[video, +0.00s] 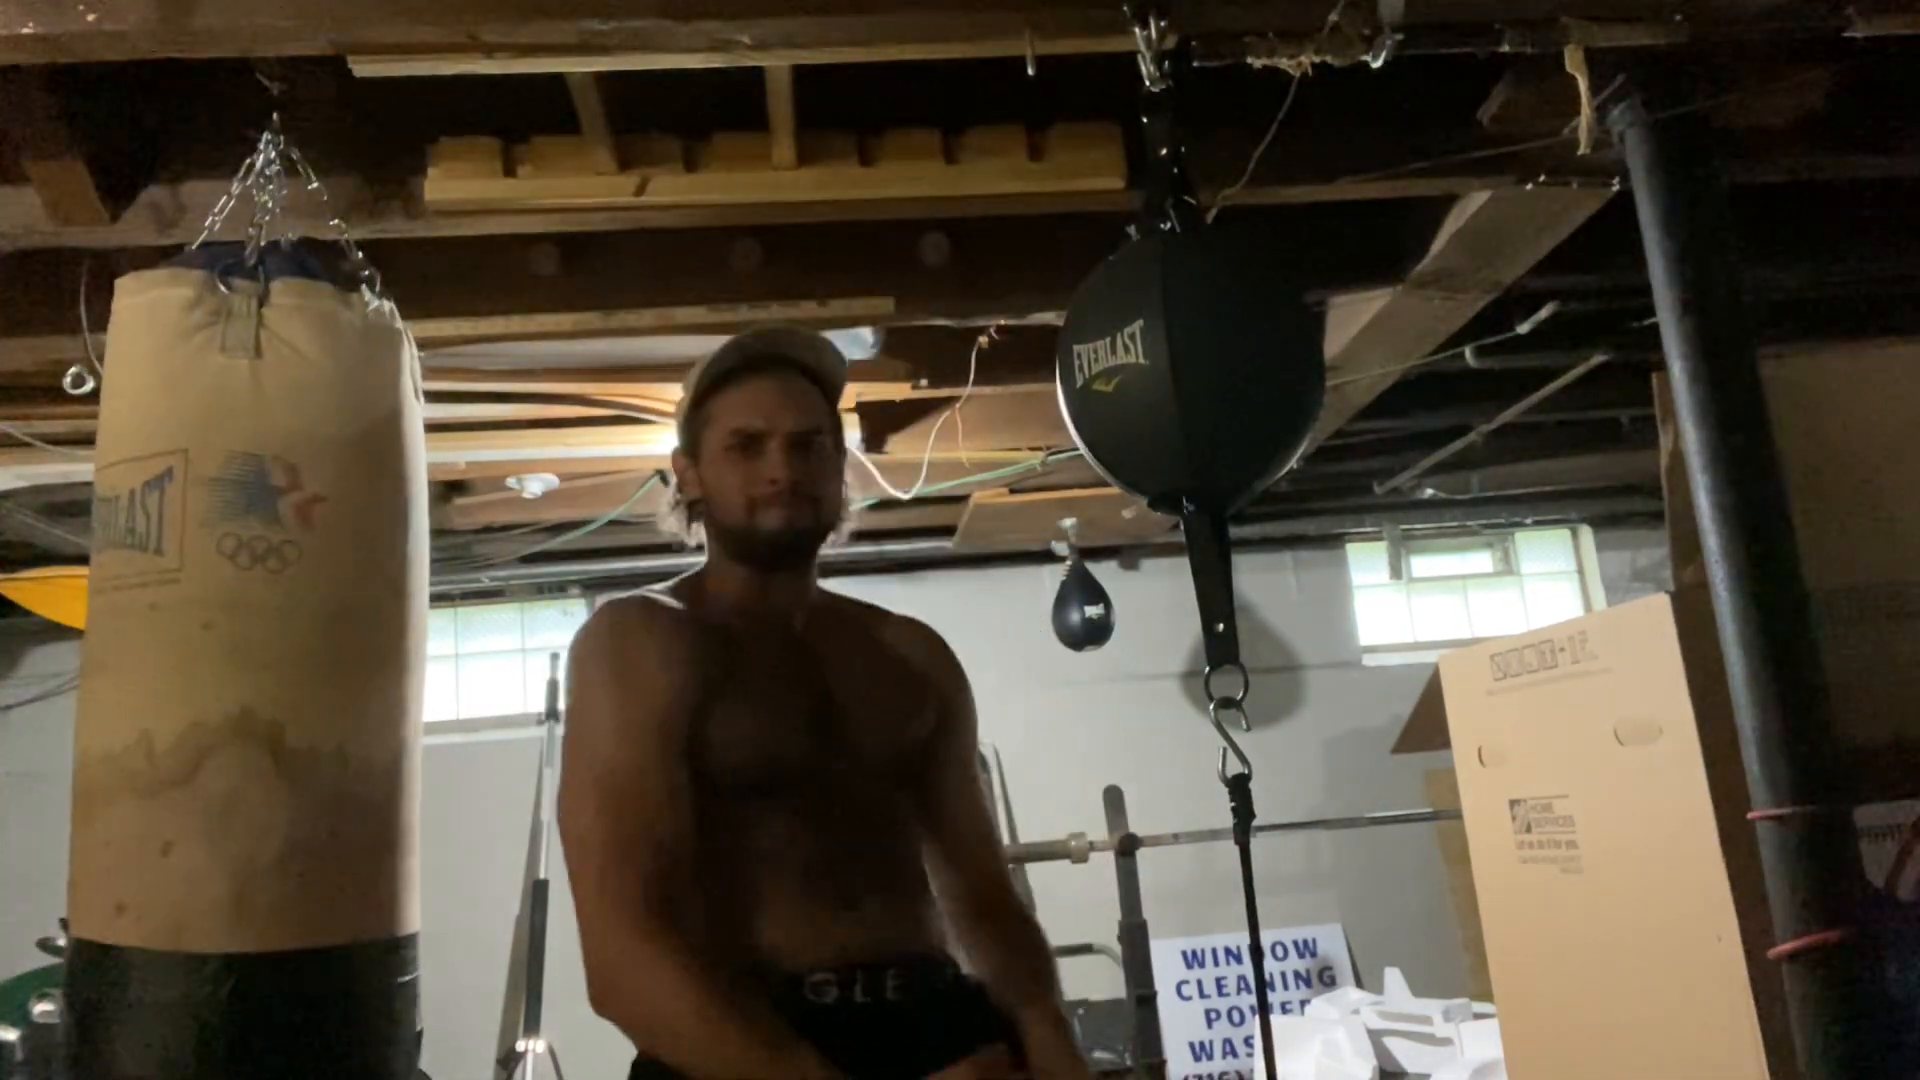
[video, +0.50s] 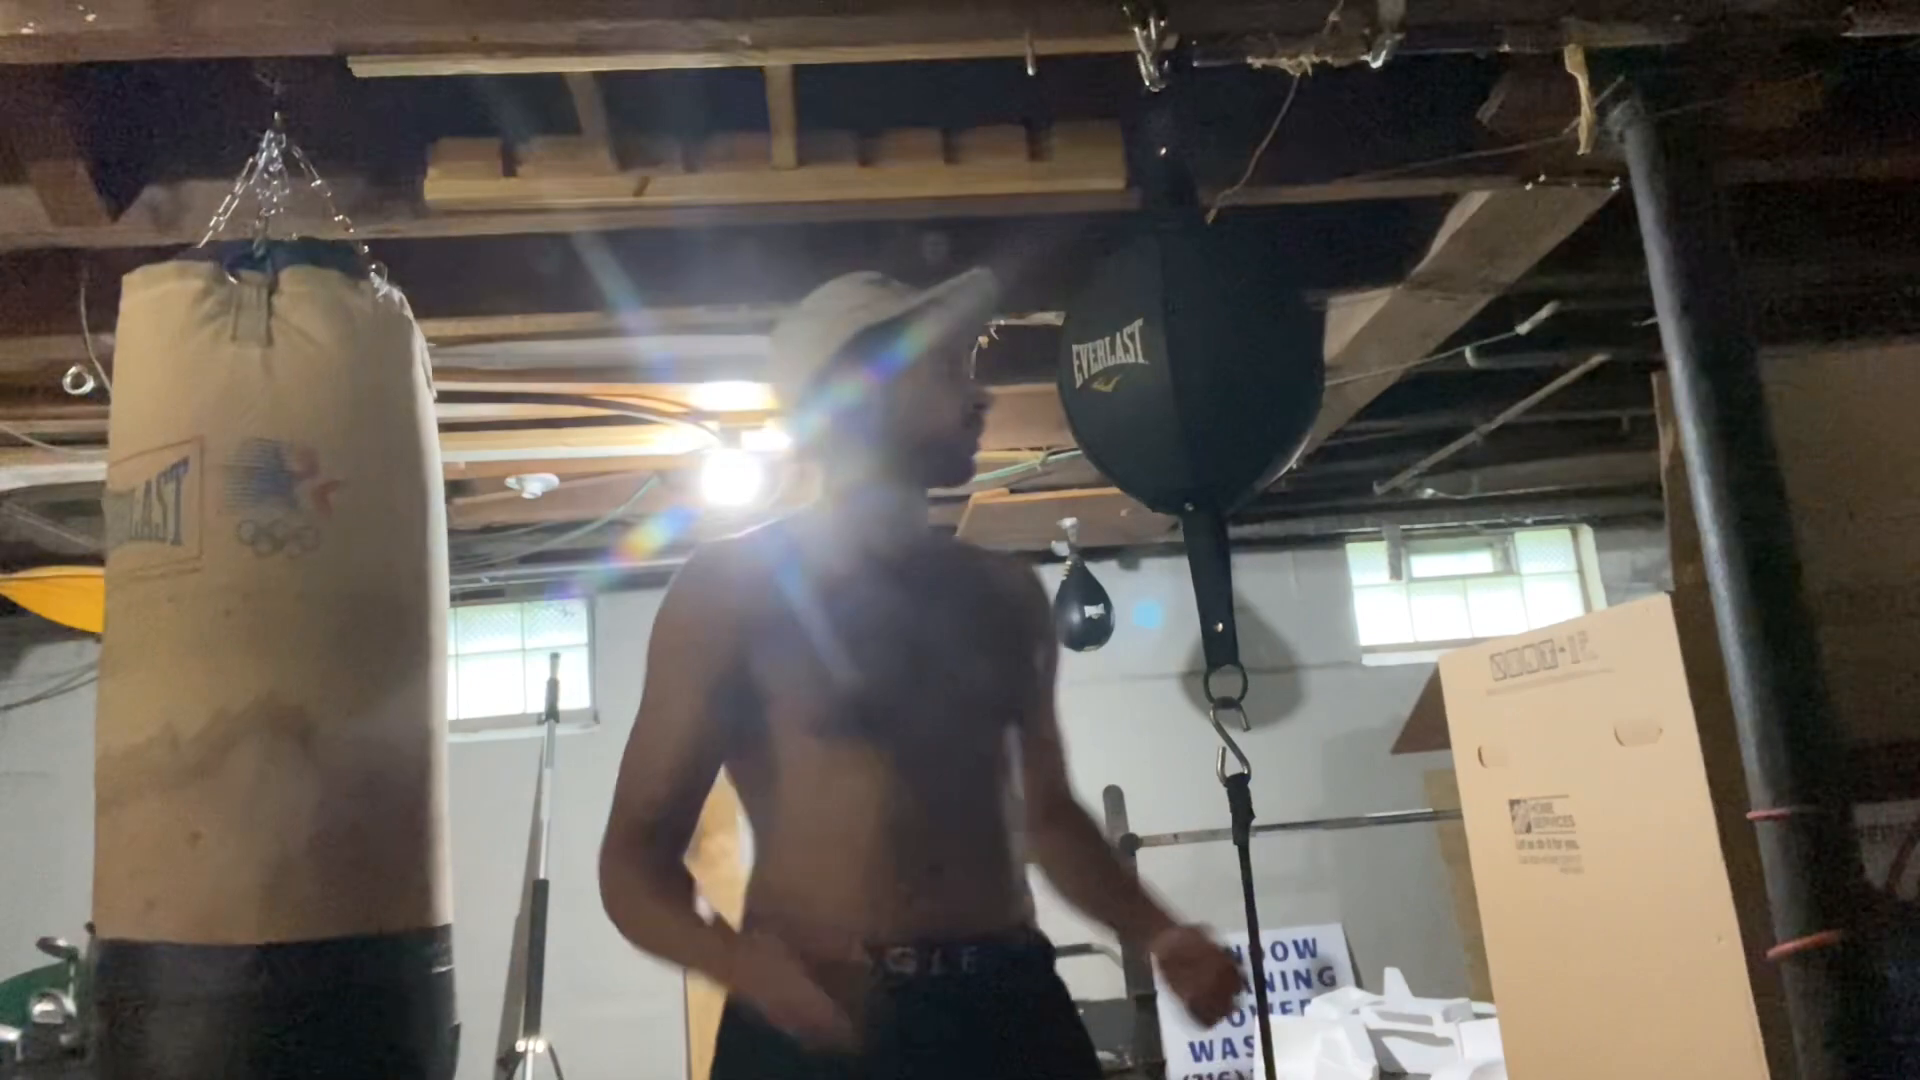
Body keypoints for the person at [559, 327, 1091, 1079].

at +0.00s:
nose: (782, 472)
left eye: (806, 446)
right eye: (744, 446)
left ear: (842, 476)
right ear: (688, 476)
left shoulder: (915, 658)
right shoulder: (639, 646)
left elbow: (989, 909)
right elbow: (629, 966)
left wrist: (1052, 1046)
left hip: (929, 1014)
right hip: (739, 1027)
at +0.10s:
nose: (797, 463)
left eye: (820, 439)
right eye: (760, 438)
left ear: (848, 463)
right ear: (698, 465)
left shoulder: (918, 656)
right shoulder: (643, 640)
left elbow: (999, 904)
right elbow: (637, 955)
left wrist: (1064, 1057)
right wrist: (802, 1067)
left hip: (935, 1019)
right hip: (748, 1026)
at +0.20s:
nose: (832, 429)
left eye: (850, 407)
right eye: (797, 403)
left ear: (870, 440)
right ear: (722, 434)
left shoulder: (929, 638)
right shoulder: (661, 611)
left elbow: (999, 882)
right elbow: (626, 924)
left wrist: (1072, 1056)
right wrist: (816, 1066)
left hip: (944, 1015)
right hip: (752, 1023)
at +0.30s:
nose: (873, 411)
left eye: (882, 386)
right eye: (833, 384)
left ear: (898, 413)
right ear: (752, 421)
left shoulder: (945, 624)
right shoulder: (683, 599)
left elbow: (1006, 866)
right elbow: (635, 902)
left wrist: (1075, 1032)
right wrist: (849, 1070)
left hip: (958, 1010)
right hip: (772, 1021)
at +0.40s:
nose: (926, 404)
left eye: (920, 379)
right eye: (884, 377)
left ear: (924, 405)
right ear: (797, 410)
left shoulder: (966, 612)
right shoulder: (710, 592)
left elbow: (1018, 853)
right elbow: (634, 887)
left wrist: (1099, 992)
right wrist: (834, 1057)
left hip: (988, 1021)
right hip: (792, 1028)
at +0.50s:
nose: (982, 397)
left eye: (972, 370)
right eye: (948, 369)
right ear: (855, 393)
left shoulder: (1006, 591)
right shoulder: (735, 585)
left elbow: (1048, 812)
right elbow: (636, 865)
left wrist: (1162, 934)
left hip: (1008, 1011)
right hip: (816, 1024)